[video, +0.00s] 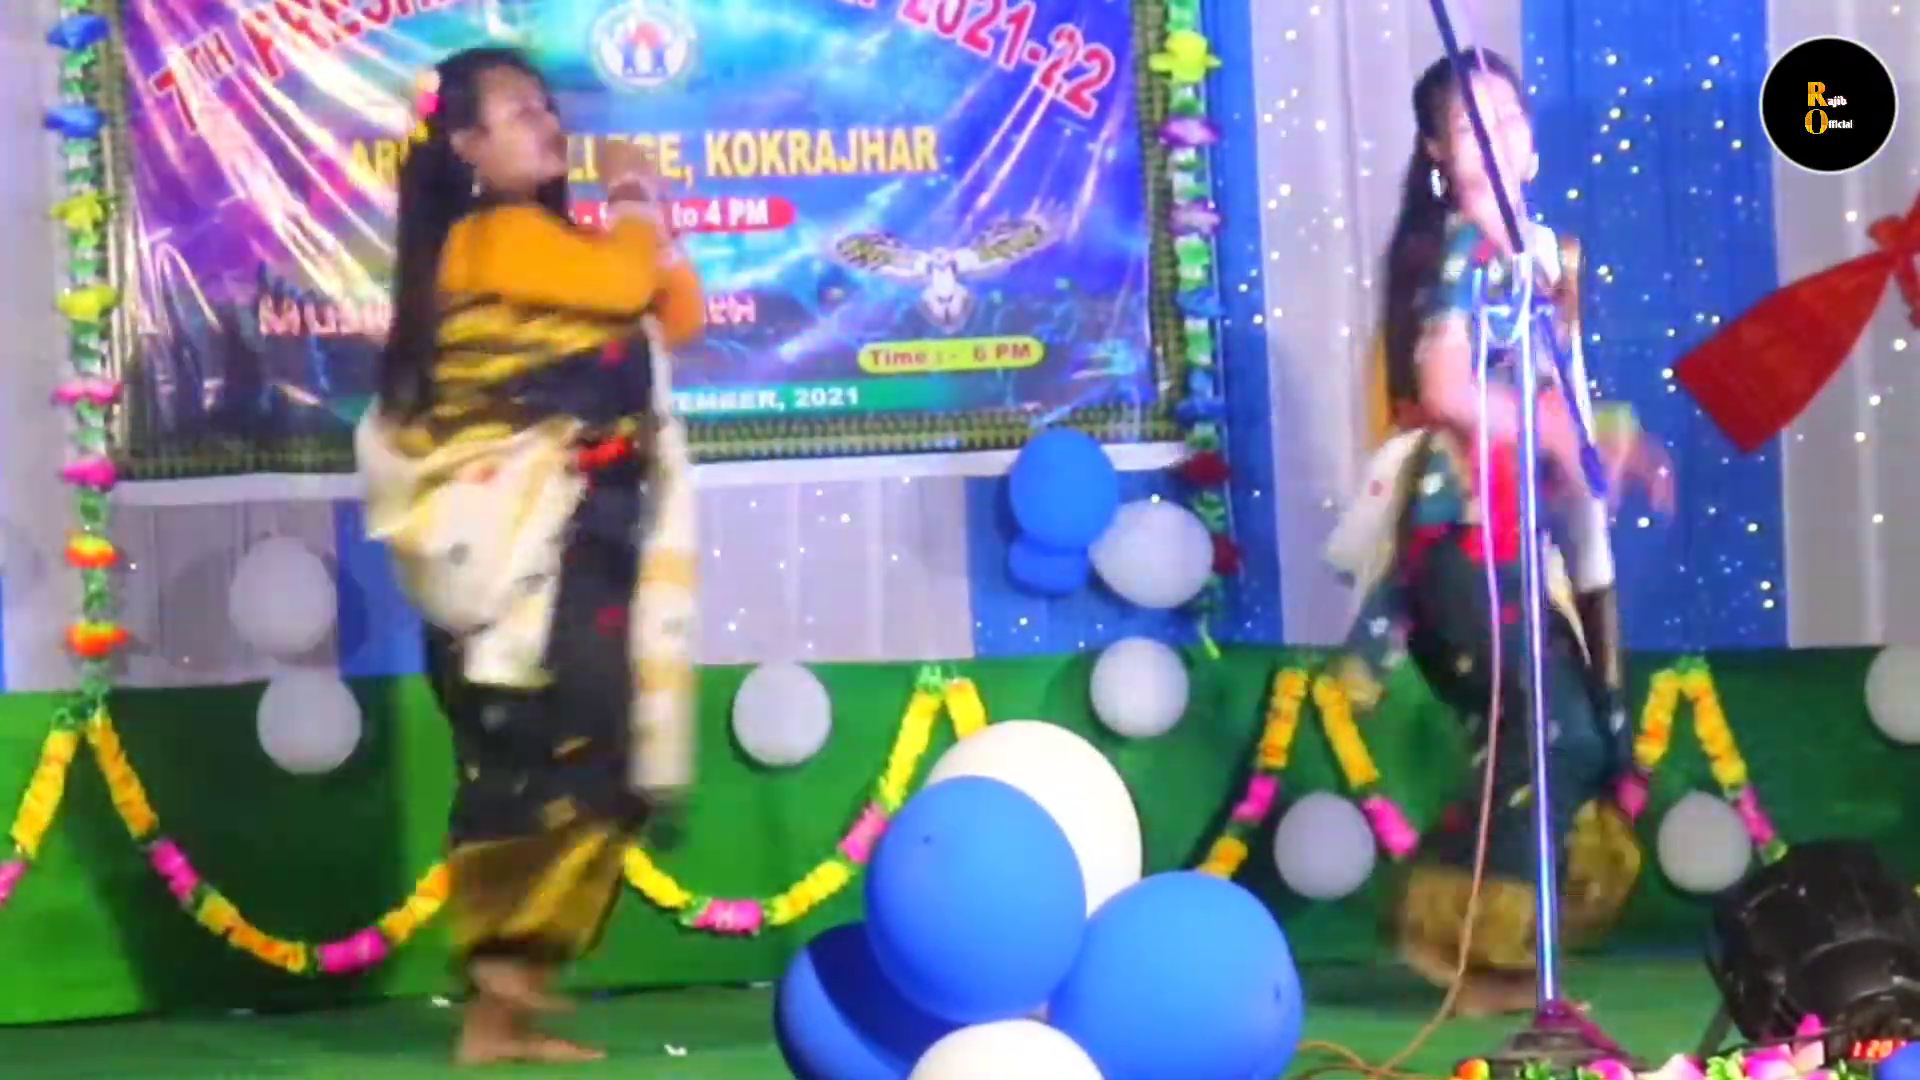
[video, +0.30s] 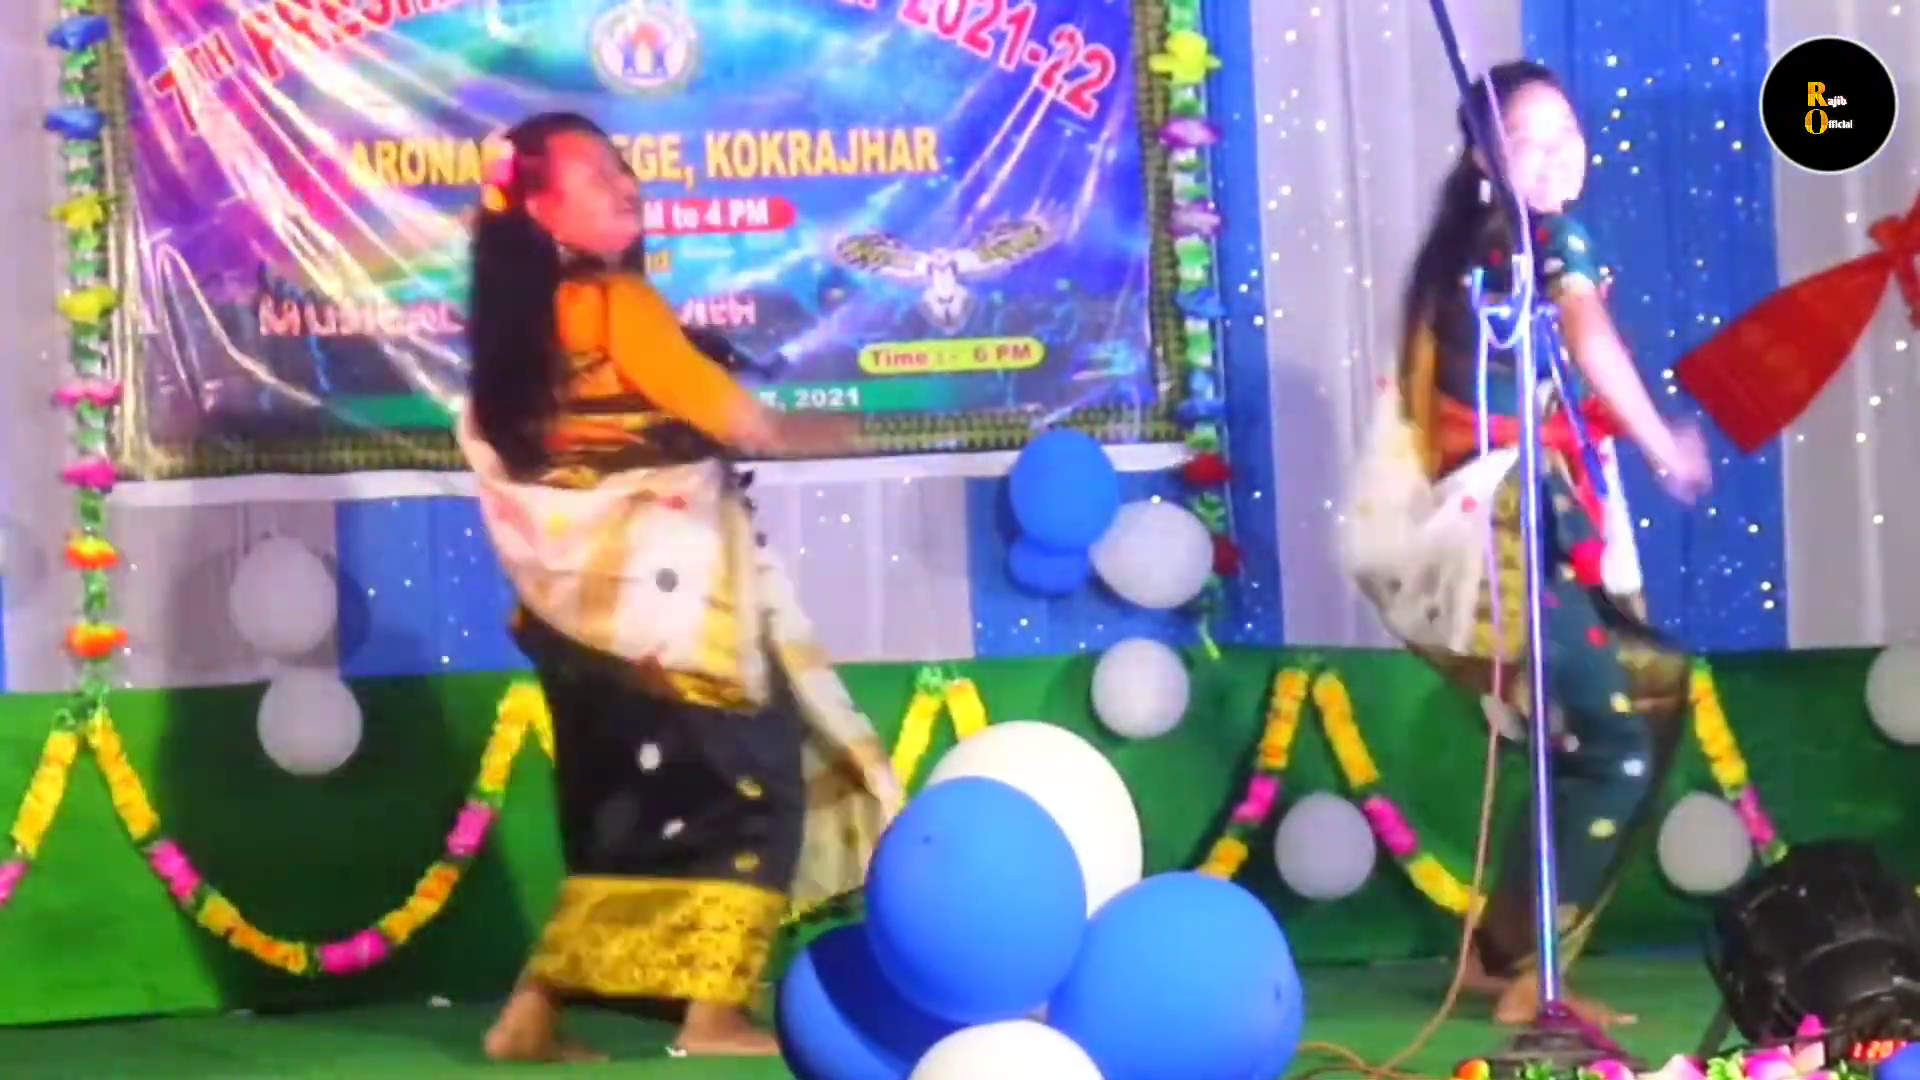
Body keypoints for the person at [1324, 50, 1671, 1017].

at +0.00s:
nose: (1503, 139)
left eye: (1510, 119)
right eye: (1478, 125)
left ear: (1530, 129)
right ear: (1441, 145)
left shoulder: (1525, 248)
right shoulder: (1448, 244)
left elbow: (1536, 390)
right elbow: (1441, 391)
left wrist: (1609, 446)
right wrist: (1549, 435)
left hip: (1513, 529)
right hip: (1460, 531)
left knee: (1563, 727)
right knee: (1554, 727)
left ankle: (1451, 907)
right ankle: (1477, 929)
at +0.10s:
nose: (1524, 113)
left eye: (1529, 93)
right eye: (1502, 101)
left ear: (1541, 99)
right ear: (1459, 122)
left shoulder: (1535, 210)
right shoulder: (1457, 207)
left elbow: (1626, 332)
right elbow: (1491, 330)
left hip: (1544, 505)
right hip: (1480, 508)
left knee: (1536, 712)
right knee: (1571, 699)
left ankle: (1496, 944)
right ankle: (1487, 930)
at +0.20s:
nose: (1539, 129)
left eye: (1543, 109)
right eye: (1516, 114)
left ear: (1551, 113)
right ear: (1469, 130)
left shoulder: (1522, 226)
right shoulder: (1462, 228)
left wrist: (1596, 296)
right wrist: (1593, 306)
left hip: (1549, 531)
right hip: (1495, 542)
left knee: (1567, 739)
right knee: (1564, 740)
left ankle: (1513, 959)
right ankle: (1502, 964)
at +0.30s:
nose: (1570, 156)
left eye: (1570, 137)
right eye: (1548, 142)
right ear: (1501, 155)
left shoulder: (1453, 255)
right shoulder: (1541, 240)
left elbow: (1423, 419)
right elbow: (1592, 348)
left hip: (1453, 563)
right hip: (1505, 564)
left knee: (1579, 739)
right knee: (1616, 752)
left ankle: (1500, 943)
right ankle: (1531, 983)